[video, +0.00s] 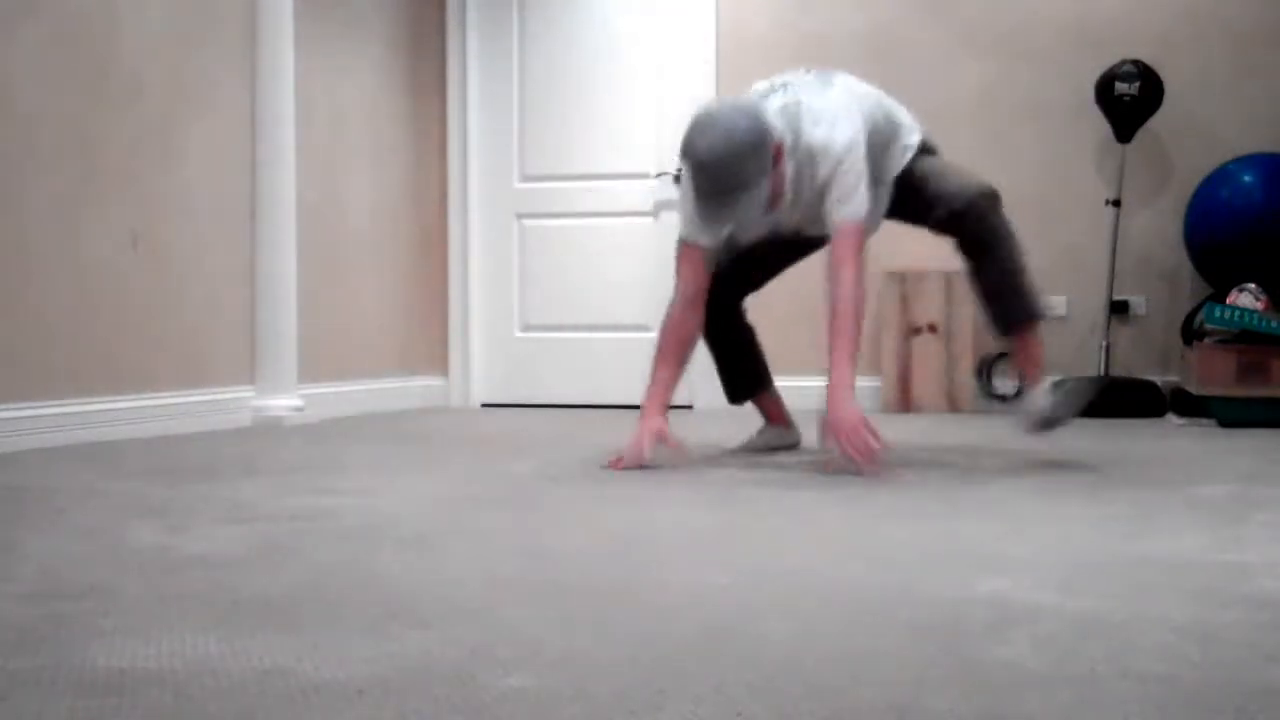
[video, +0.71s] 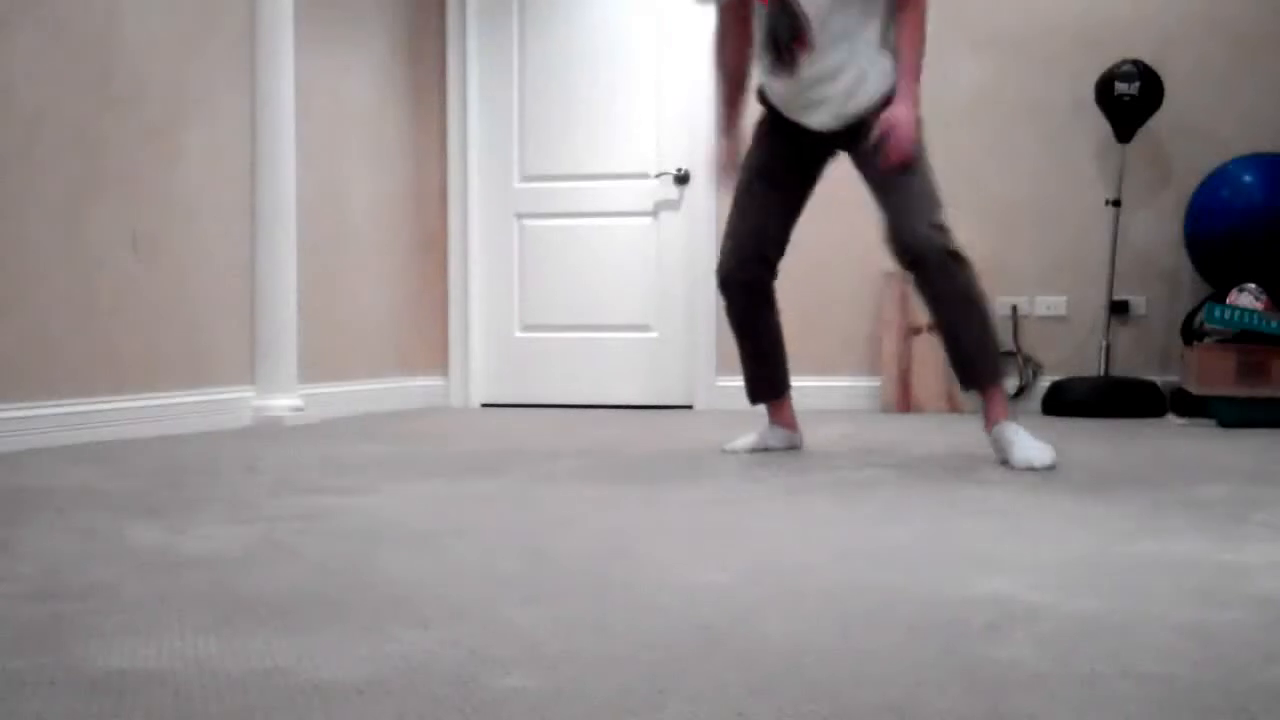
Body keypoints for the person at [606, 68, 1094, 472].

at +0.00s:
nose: (739, 221)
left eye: (749, 205)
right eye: (723, 208)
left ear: (776, 161)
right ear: (696, 173)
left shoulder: (837, 140)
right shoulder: (704, 170)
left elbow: (846, 277)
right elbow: (689, 296)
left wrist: (841, 400)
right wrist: (653, 414)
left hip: (892, 170)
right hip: (809, 204)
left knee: (974, 202)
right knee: (712, 293)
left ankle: (1035, 383)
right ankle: (777, 423)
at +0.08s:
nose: (748, 169)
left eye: (756, 154)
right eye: (731, 162)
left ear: (778, 117)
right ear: (706, 136)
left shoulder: (847, 107)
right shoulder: (714, 147)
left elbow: (872, 242)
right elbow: (686, 274)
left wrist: (837, 353)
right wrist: (648, 384)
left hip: (906, 170)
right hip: (818, 195)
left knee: (965, 248)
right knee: (720, 284)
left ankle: (1015, 430)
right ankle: (778, 425)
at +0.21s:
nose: (752, 80)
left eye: (760, 62)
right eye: (737, 67)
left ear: (788, 31)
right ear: (718, 56)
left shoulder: (865, 55)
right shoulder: (726, 87)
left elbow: (890, 202)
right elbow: (701, 211)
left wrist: (845, 312)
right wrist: (660, 316)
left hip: (919, 148)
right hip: (834, 172)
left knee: (971, 249)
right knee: (732, 278)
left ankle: (1014, 429)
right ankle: (780, 426)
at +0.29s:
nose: (761, 10)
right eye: (748, 3)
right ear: (737, 4)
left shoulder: (872, 16)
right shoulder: (734, 45)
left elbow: (889, 153)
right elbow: (722, 151)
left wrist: (866, 279)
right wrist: (693, 241)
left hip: (924, 130)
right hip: (842, 148)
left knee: (975, 245)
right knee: (743, 273)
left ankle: (1015, 430)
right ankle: (780, 424)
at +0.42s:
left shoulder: (882, 3)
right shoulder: (739, 5)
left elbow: (893, 87)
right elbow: (752, 74)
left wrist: (898, 217)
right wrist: (750, 134)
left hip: (924, 110)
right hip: (838, 123)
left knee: (973, 244)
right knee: (748, 268)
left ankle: (1014, 428)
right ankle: (781, 423)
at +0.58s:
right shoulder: (743, 4)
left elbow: (914, 26)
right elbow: (751, 32)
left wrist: (905, 150)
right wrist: (768, 99)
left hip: (902, 111)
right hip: (814, 118)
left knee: (961, 250)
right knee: (740, 272)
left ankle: (1011, 429)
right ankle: (781, 424)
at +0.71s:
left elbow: (911, 5)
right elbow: (734, 20)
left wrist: (905, 100)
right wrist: (727, 131)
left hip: (874, 103)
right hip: (789, 111)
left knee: (926, 245)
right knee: (741, 272)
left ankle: (1000, 419)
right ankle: (780, 425)